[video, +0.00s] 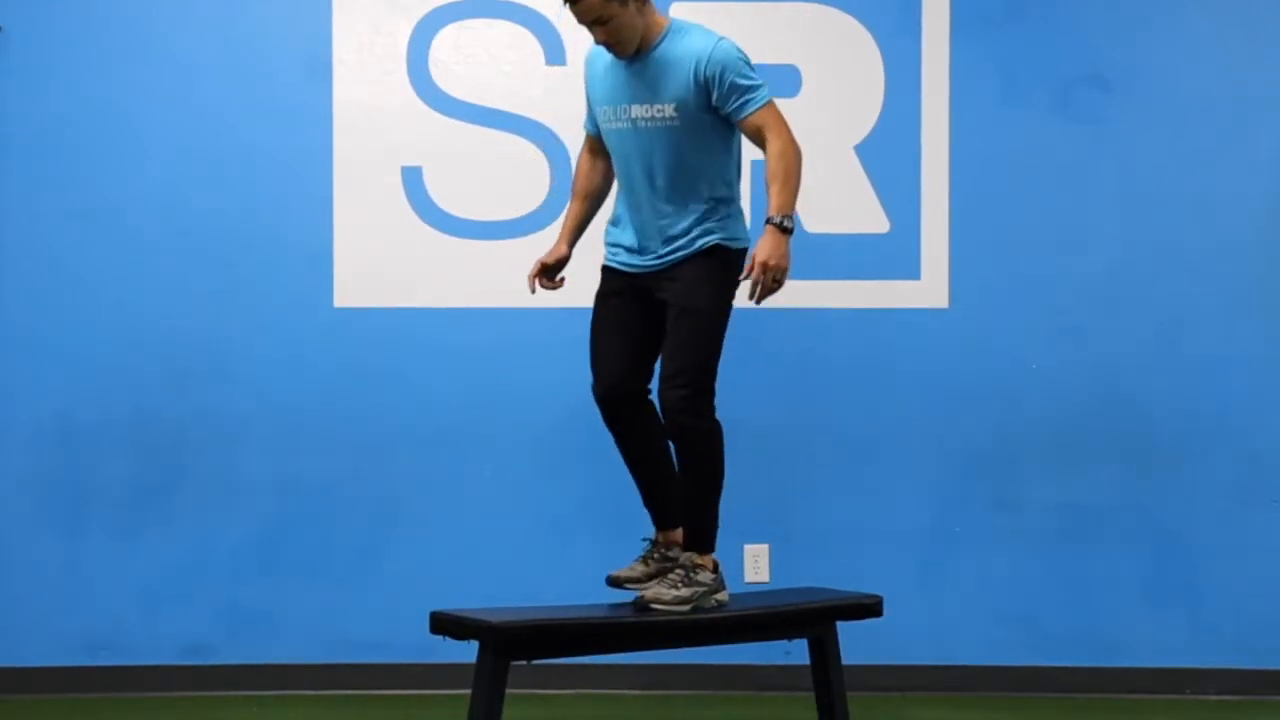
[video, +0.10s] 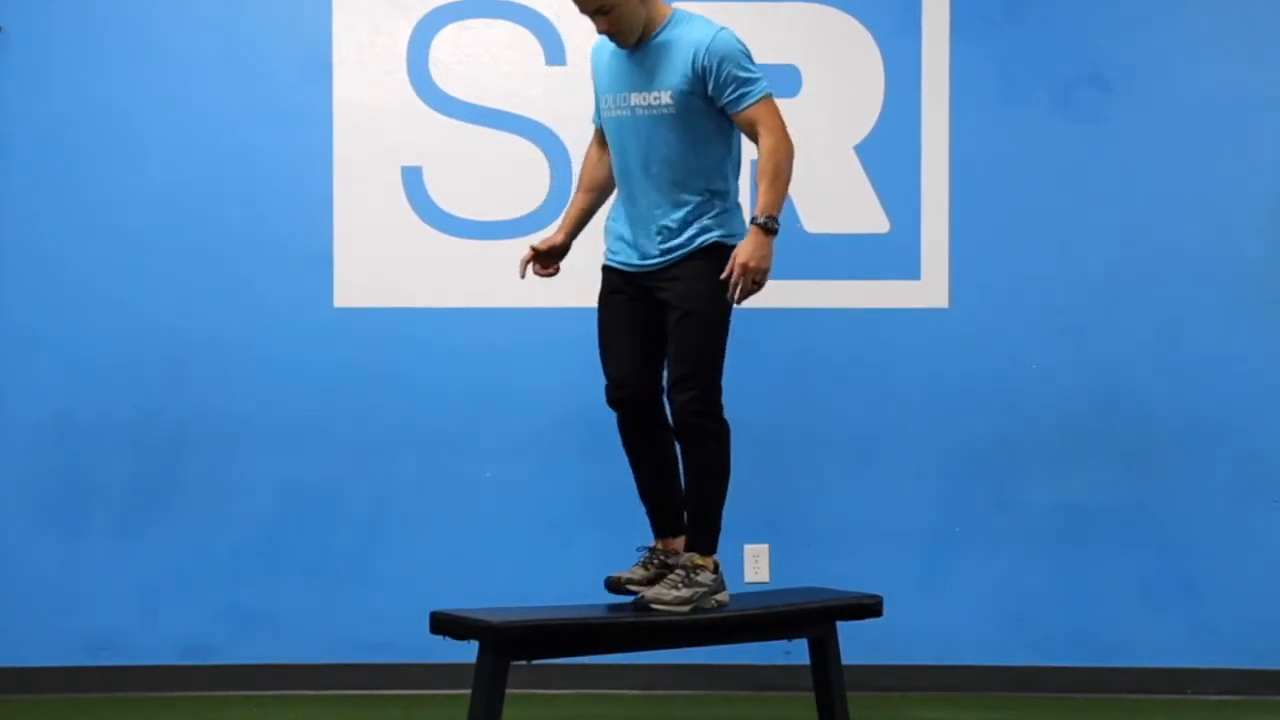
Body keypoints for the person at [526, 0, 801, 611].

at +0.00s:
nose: (595, 37)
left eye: (600, 21)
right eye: (586, 25)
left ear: (636, 3)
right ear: (585, 17)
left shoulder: (708, 57)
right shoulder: (600, 64)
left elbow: (782, 142)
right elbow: (598, 155)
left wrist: (777, 229)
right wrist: (565, 239)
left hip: (704, 251)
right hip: (628, 256)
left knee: (685, 397)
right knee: (615, 390)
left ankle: (701, 563)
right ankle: (672, 539)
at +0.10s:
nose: (596, 25)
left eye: (601, 11)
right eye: (588, 15)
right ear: (590, 12)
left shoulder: (710, 47)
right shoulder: (606, 55)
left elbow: (775, 138)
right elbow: (606, 148)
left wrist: (762, 231)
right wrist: (564, 232)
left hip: (699, 255)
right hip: (626, 260)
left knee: (693, 401)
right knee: (630, 397)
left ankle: (702, 565)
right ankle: (669, 547)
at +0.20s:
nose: (595, 25)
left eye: (599, 11)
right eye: (588, 15)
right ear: (595, 10)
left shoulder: (711, 44)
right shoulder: (610, 56)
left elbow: (766, 143)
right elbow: (609, 152)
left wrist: (746, 235)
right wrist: (564, 234)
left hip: (696, 260)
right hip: (627, 265)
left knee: (698, 406)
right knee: (637, 405)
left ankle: (703, 566)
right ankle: (665, 556)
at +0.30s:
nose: (593, 26)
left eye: (596, 11)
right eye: (586, 16)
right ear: (595, 11)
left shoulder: (707, 42)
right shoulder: (610, 59)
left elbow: (759, 142)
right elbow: (612, 155)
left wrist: (735, 235)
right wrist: (567, 239)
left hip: (696, 261)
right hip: (628, 268)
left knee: (700, 406)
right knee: (639, 408)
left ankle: (703, 567)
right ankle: (667, 561)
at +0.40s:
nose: (588, 28)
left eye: (590, 12)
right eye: (580, 17)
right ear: (587, 13)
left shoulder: (701, 39)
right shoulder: (608, 61)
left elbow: (755, 139)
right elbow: (611, 163)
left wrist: (732, 227)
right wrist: (572, 247)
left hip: (696, 259)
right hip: (629, 268)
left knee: (695, 406)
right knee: (639, 409)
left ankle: (701, 566)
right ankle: (666, 561)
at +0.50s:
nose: (584, 30)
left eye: (585, 15)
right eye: (576, 21)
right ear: (582, 15)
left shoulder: (697, 35)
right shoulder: (605, 68)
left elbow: (755, 132)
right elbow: (613, 168)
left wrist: (732, 219)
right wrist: (578, 256)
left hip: (694, 259)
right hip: (626, 270)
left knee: (684, 403)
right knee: (636, 407)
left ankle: (699, 564)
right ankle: (666, 561)